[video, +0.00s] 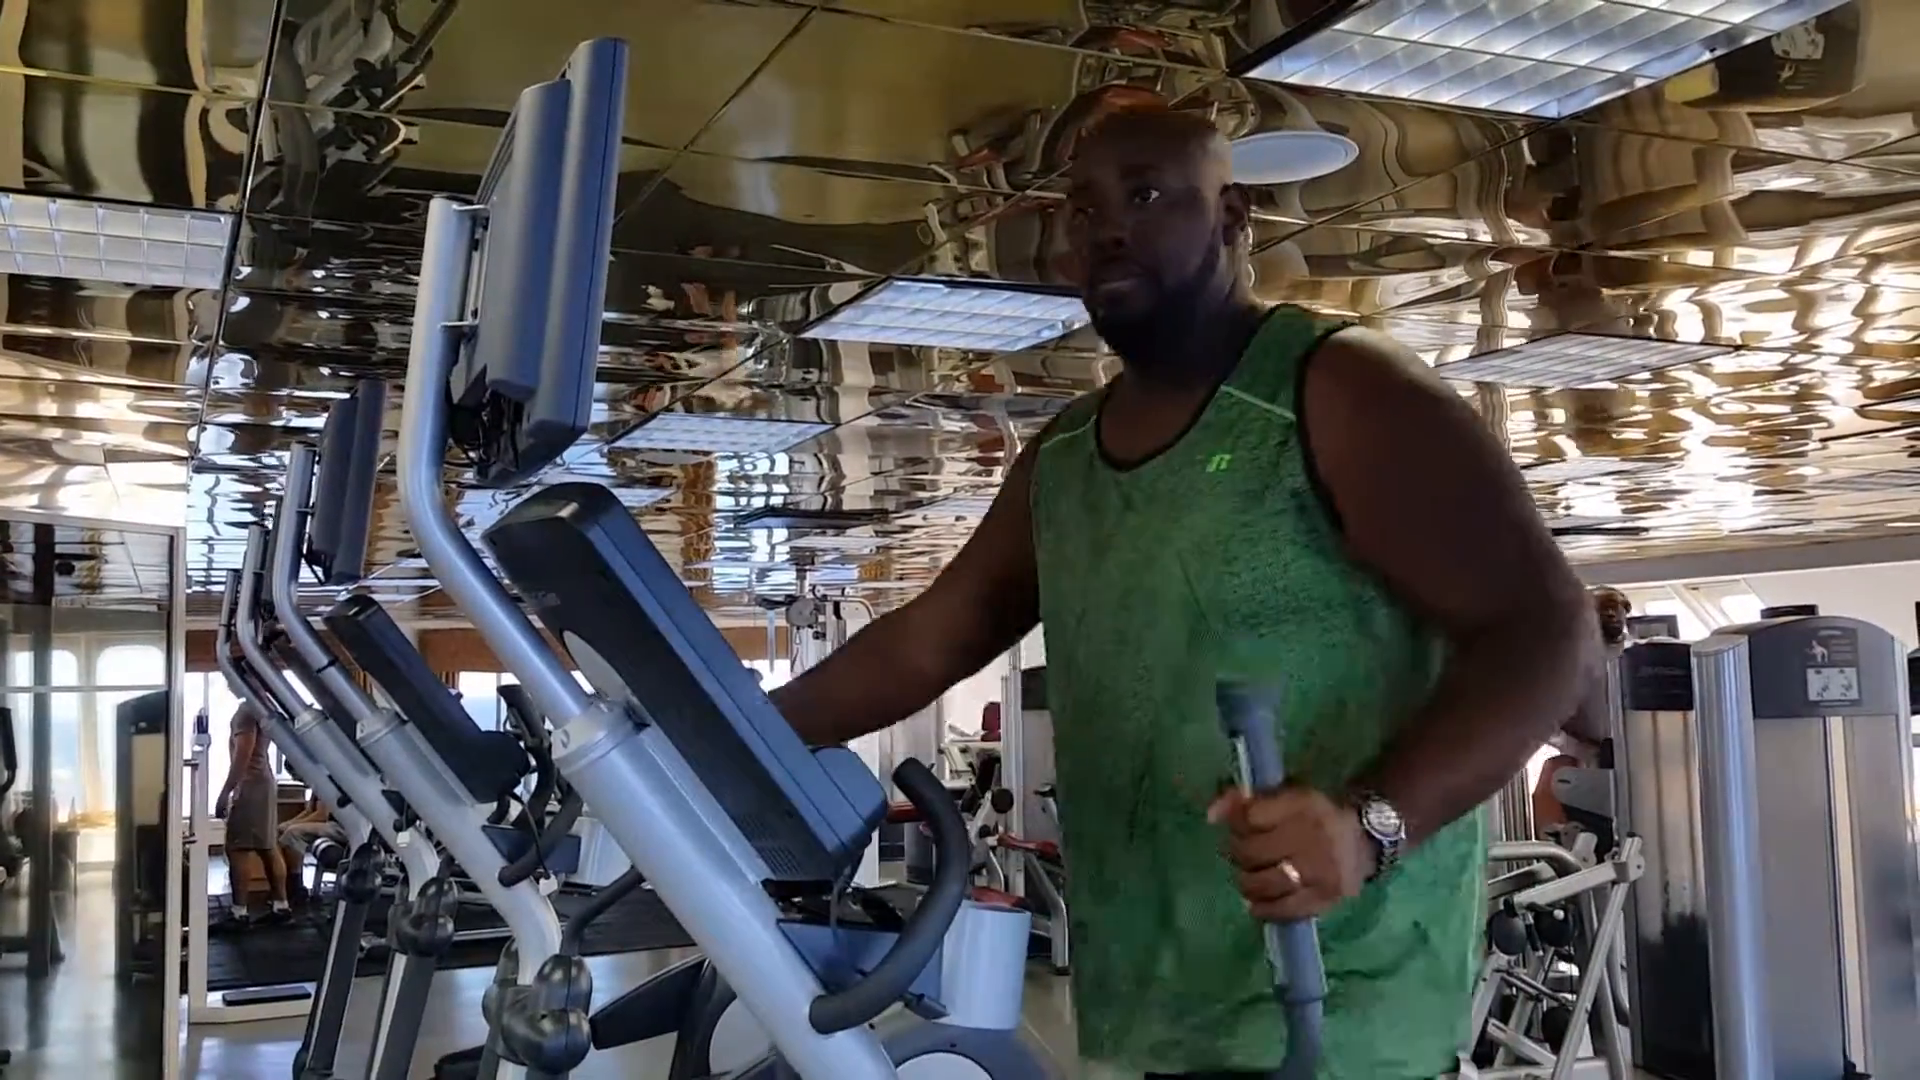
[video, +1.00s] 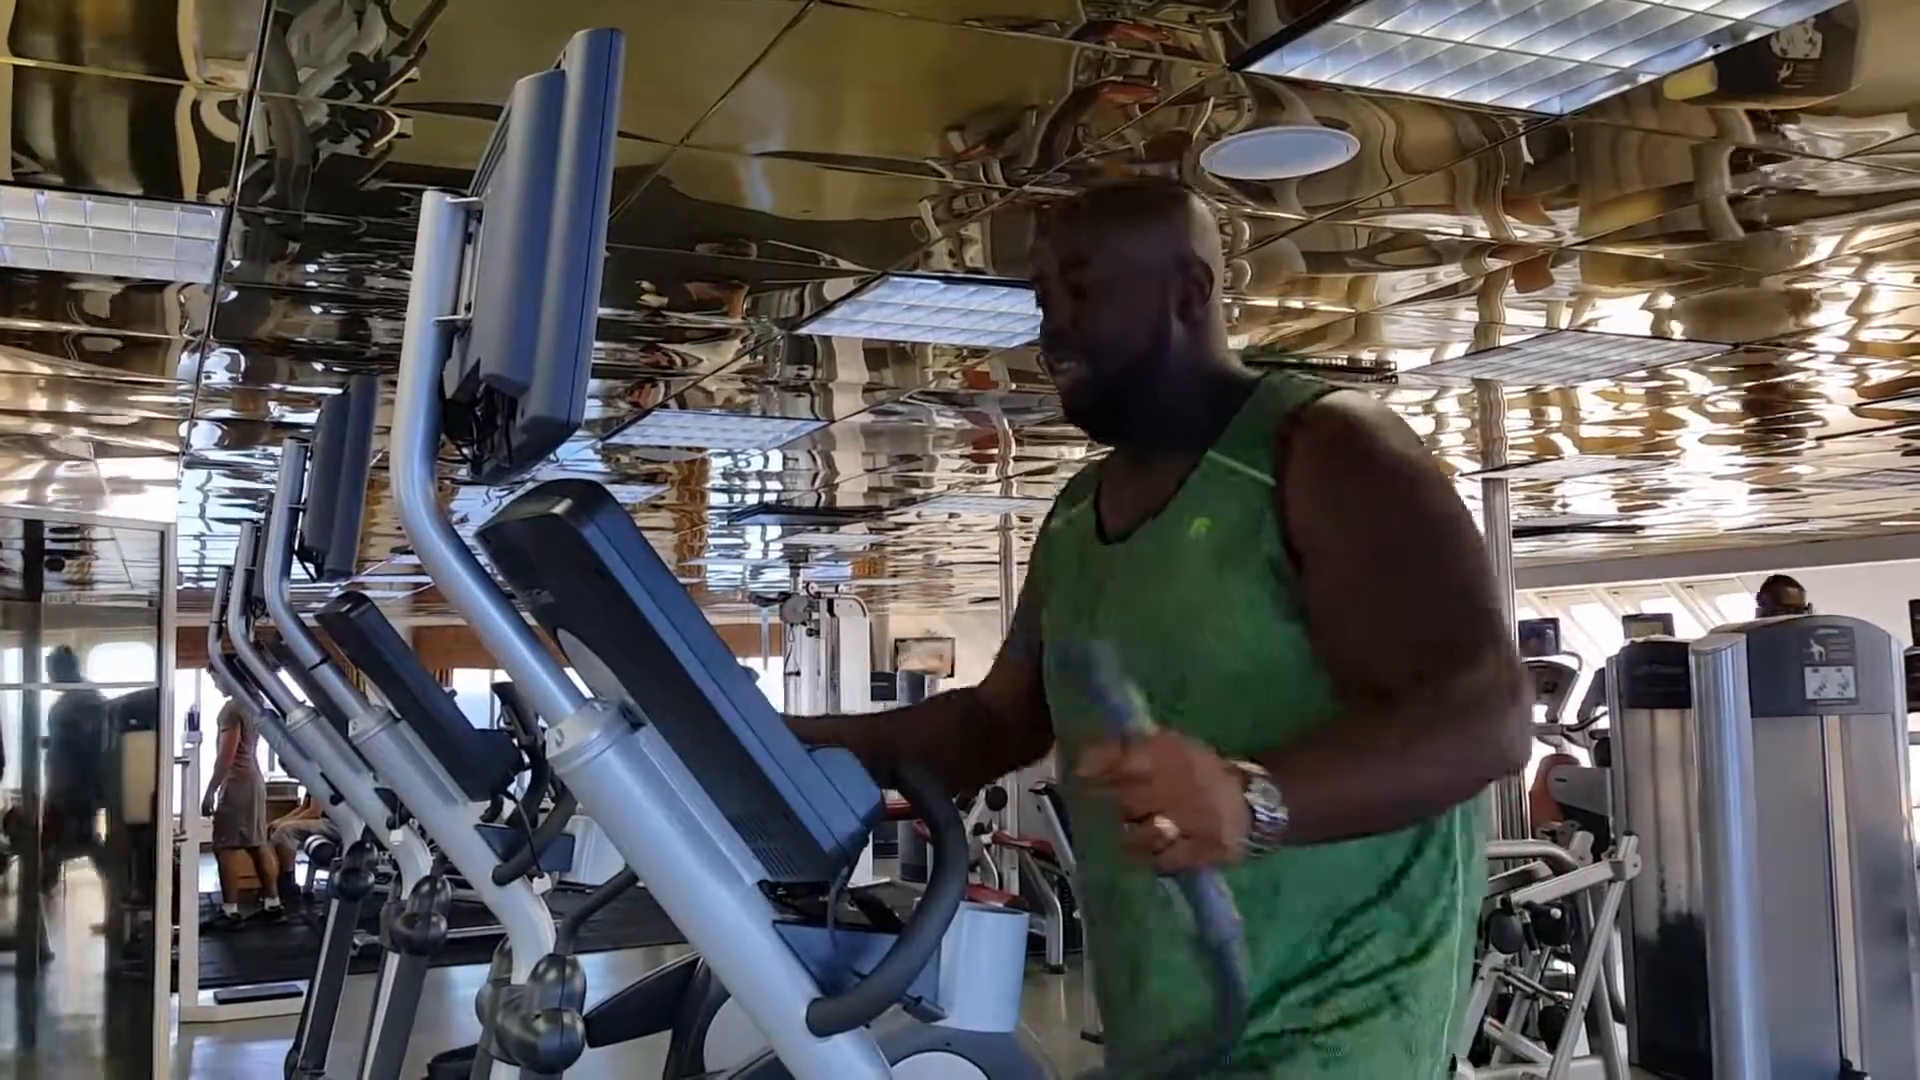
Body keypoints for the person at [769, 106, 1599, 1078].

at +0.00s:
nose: (1103, 229)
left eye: (1143, 192)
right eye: (1080, 204)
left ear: (1232, 216)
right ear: (1064, 242)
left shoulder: (1340, 392)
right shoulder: (1060, 461)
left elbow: (1548, 631)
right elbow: (936, 633)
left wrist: (1372, 826)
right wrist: (744, 738)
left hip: (1347, 1003)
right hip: (1131, 1000)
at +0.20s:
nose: (1079, 266)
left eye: (1117, 227)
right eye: (1066, 237)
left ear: (1234, 229)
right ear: (1054, 255)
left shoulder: (1376, 411)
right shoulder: (1100, 474)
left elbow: (1549, 681)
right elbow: (979, 663)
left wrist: (1282, 797)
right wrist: (768, 739)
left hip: (1387, 1033)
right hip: (1151, 1029)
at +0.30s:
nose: (1097, 309)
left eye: (1127, 271)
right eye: (1088, 282)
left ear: (1241, 273)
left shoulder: (1389, 460)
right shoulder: (1128, 503)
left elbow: (1488, 754)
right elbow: (1049, 699)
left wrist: (1197, 784)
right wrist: (846, 744)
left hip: (1395, 1047)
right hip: (1154, 1042)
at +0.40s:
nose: (1097, 321)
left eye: (1131, 283)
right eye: (1092, 289)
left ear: (1243, 284)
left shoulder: (1383, 460)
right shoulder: (1146, 499)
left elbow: (1409, 755)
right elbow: (1158, 735)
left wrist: (1113, 773)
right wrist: (961, 765)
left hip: (1394, 1039)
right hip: (1184, 1033)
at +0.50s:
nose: (1075, 289)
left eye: (1110, 259)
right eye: (1070, 263)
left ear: (1224, 265)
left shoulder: (1352, 426)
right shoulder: (1148, 467)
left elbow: (1344, 701)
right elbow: (1191, 715)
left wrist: (1046, 771)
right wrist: (1036, 756)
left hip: (1378, 1027)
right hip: (1196, 1013)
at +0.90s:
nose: (1045, 307)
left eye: (1077, 268)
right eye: (1039, 280)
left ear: (1188, 276)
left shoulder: (1316, 426)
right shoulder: (1087, 485)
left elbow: (1405, 691)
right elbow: (1056, 708)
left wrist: (1151, 770)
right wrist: (883, 753)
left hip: (1338, 1013)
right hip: (1150, 1009)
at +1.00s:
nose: (1048, 330)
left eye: (1079, 291)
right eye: (1042, 300)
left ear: (1191, 294)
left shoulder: (1337, 453)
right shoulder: (1081, 512)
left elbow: (1485, 715)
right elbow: (1003, 720)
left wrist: (1256, 798)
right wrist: (812, 747)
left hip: (1345, 1017)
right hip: (1153, 1015)